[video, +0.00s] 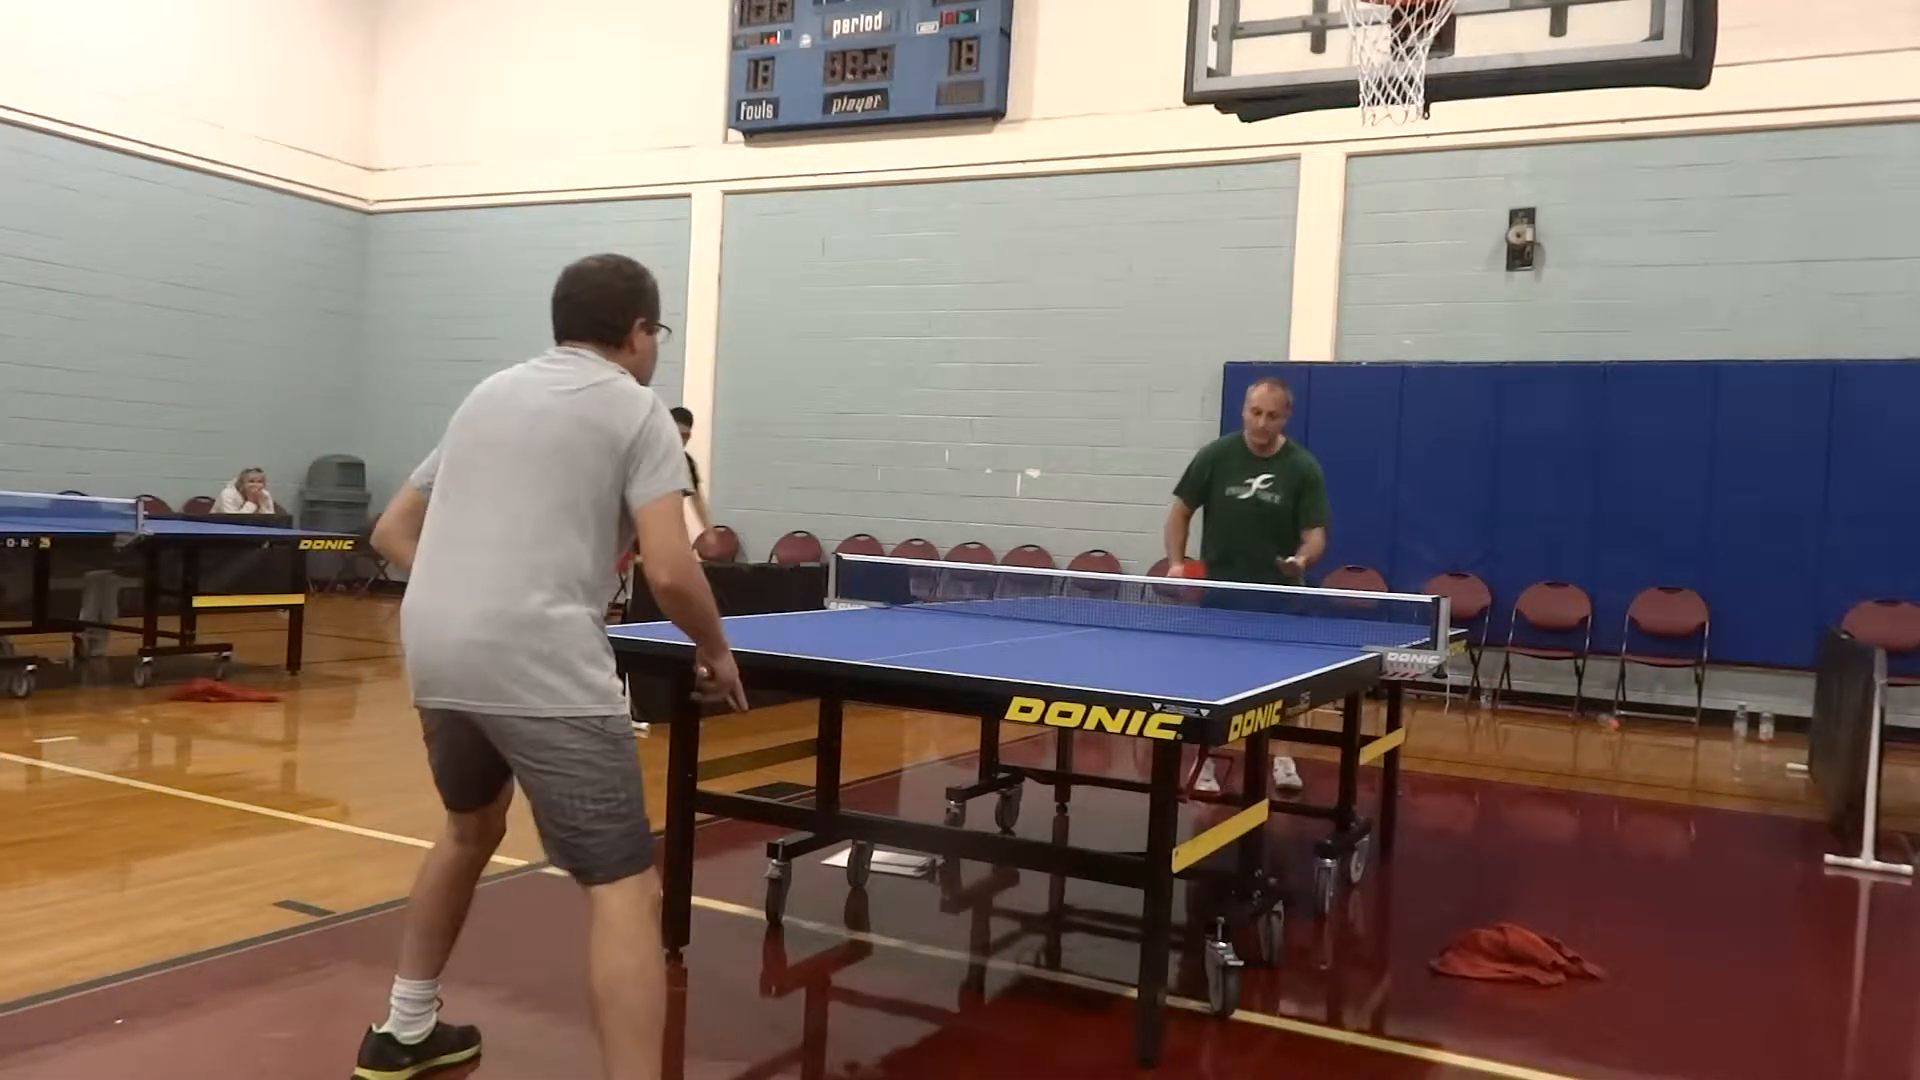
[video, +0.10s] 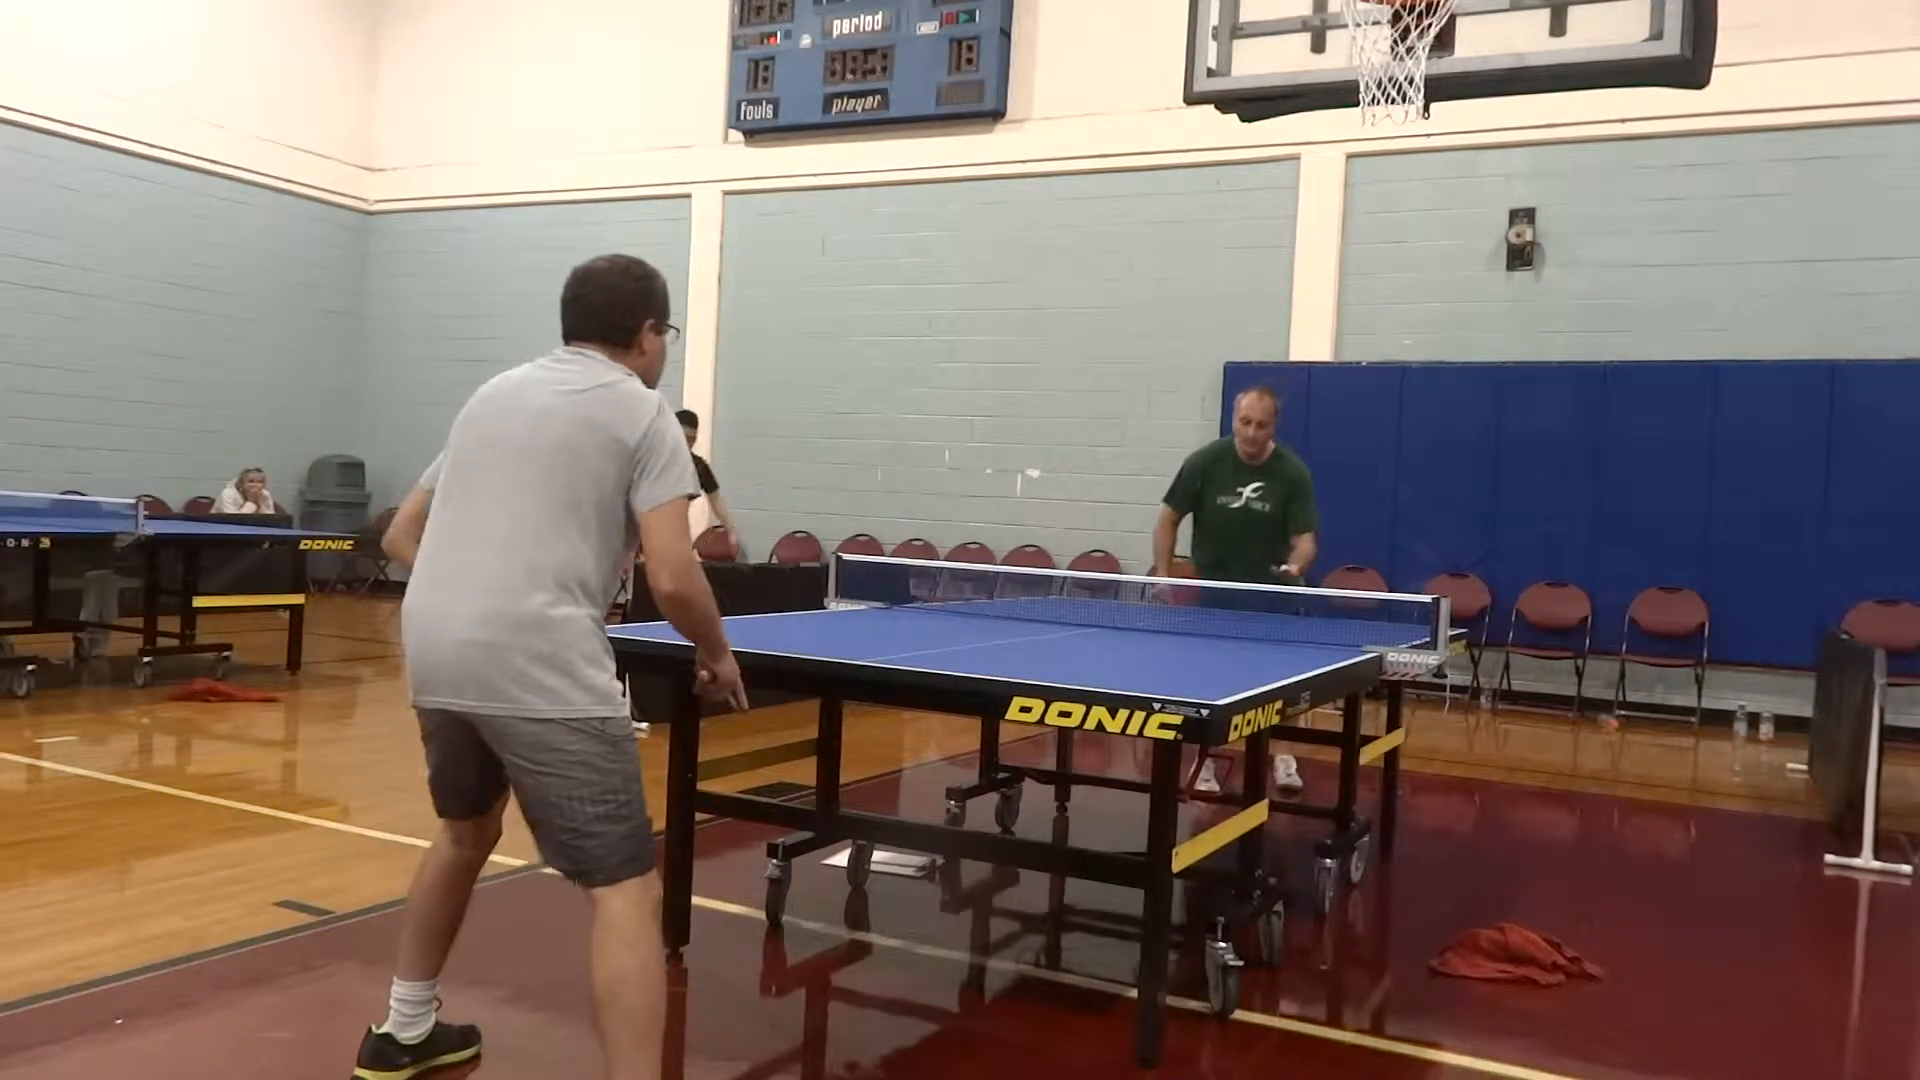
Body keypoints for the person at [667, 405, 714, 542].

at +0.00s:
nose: (681, 440)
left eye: (685, 435)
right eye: (677, 433)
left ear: (690, 435)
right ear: (668, 431)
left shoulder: (687, 462)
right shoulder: (653, 459)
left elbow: (696, 498)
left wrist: (707, 531)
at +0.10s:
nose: (687, 442)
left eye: (691, 438)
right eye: (683, 437)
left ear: (696, 437)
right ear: (673, 434)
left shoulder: (698, 464)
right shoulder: (655, 461)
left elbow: (715, 497)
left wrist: (729, 527)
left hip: (680, 527)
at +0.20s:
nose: (691, 445)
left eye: (696, 440)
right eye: (687, 439)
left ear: (700, 439)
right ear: (676, 437)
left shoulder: (704, 466)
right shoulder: (661, 461)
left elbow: (723, 499)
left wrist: (738, 526)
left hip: (687, 539)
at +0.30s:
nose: (694, 447)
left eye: (699, 441)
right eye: (689, 441)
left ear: (704, 439)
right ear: (678, 437)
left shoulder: (710, 465)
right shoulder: (666, 461)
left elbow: (728, 499)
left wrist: (740, 527)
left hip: (697, 539)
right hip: (667, 537)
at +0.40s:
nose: (695, 447)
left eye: (701, 442)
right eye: (690, 441)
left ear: (709, 440)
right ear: (682, 437)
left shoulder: (717, 464)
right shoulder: (670, 460)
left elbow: (735, 499)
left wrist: (742, 529)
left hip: (705, 540)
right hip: (673, 539)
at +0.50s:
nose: (703, 449)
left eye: (709, 443)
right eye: (697, 442)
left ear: (716, 441)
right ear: (687, 438)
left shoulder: (725, 465)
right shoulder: (677, 461)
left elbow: (743, 501)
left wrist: (746, 536)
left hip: (713, 539)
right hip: (680, 538)